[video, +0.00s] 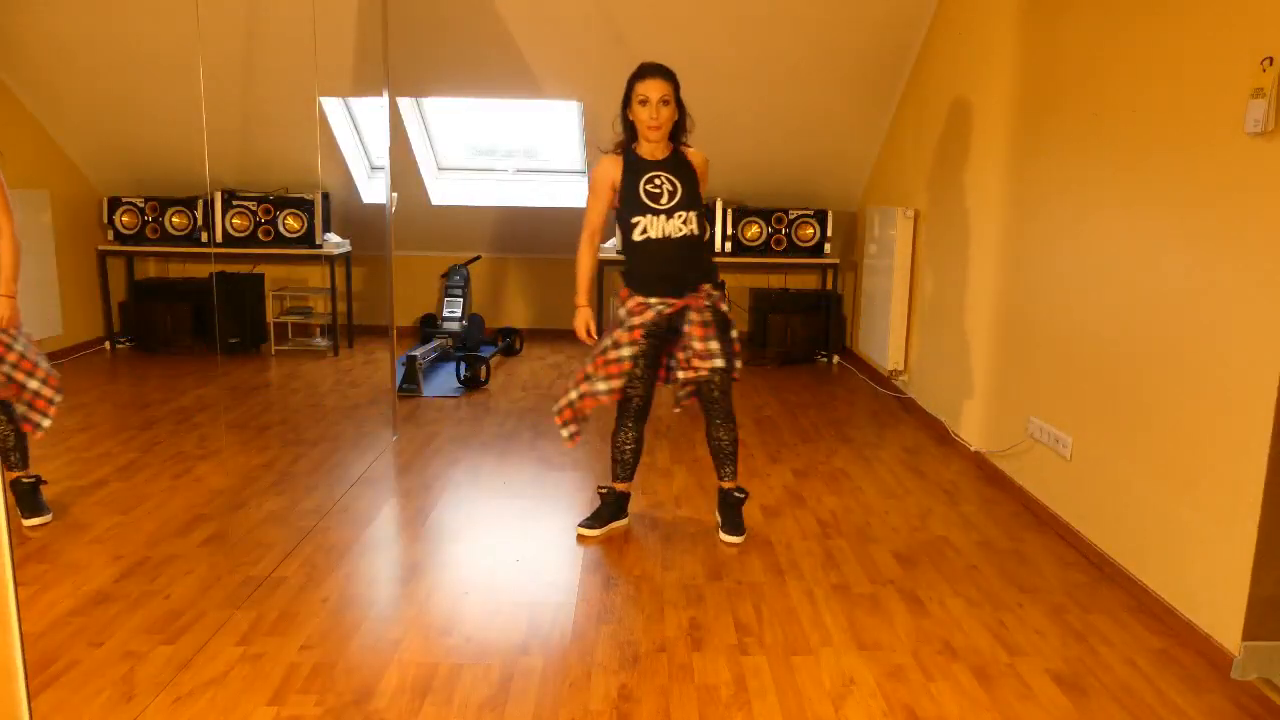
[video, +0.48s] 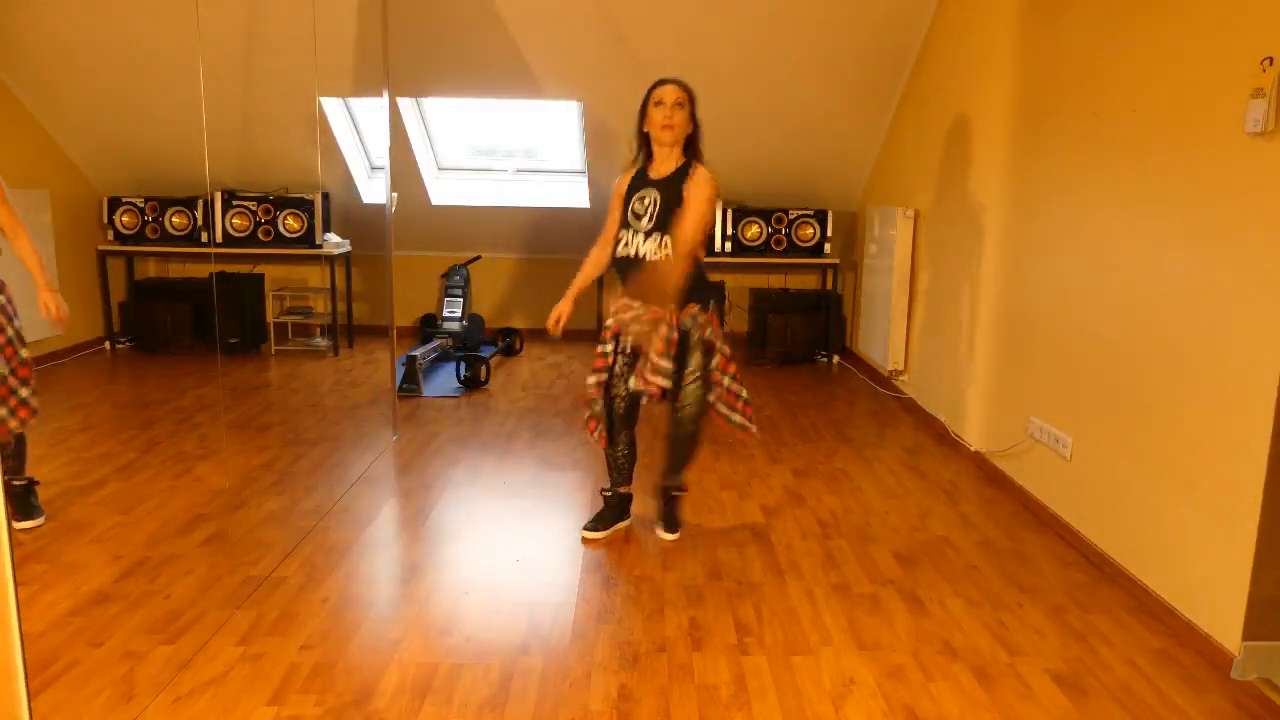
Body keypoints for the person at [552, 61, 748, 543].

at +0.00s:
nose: (654, 111)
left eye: (664, 102)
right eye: (643, 102)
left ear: (677, 109)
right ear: (629, 110)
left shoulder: (694, 162)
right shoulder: (611, 168)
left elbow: (696, 224)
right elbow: (590, 238)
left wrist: (705, 275)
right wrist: (583, 303)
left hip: (697, 296)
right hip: (642, 299)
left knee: (717, 396)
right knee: (633, 399)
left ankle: (730, 496)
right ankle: (617, 498)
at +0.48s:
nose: (668, 113)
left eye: (678, 107)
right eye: (659, 105)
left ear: (691, 121)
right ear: (645, 118)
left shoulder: (699, 180)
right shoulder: (628, 181)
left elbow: (686, 247)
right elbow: (605, 245)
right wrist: (570, 297)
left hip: (686, 305)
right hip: (632, 301)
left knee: (688, 408)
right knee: (618, 401)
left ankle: (671, 492)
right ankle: (618, 499)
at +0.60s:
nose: (683, 94)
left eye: (694, 88)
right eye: (675, 87)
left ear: (707, 102)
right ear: (660, 100)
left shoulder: (711, 152)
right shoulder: (647, 155)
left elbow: (691, 156)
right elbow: (625, 232)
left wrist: (622, 126)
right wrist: (588, 278)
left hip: (700, 295)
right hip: (646, 295)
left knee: (726, 393)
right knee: (633, 397)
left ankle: (737, 495)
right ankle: (620, 497)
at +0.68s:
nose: (693, 86)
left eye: (704, 83)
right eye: (685, 81)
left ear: (718, 100)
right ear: (670, 98)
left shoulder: (720, 151)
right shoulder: (665, 162)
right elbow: (642, 231)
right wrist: (601, 276)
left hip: (707, 299)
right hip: (657, 299)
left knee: (743, 404)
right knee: (640, 399)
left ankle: (782, 498)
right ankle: (620, 496)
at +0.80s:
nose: (709, 114)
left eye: (718, 105)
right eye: (700, 106)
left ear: (734, 115)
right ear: (687, 117)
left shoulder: (741, 172)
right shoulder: (685, 177)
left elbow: (741, 87)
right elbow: (664, 251)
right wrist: (615, 286)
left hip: (732, 309)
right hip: (683, 310)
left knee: (760, 414)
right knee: (657, 401)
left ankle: (804, 506)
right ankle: (626, 501)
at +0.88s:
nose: (723, 124)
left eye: (733, 116)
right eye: (714, 116)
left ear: (749, 128)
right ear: (700, 128)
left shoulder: (759, 179)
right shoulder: (699, 195)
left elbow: (782, 101)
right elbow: (679, 261)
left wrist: (792, 26)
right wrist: (626, 293)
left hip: (761, 318)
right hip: (705, 319)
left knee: (777, 420)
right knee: (668, 411)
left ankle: (803, 511)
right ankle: (626, 502)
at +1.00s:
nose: (738, 133)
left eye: (747, 124)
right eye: (727, 125)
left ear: (762, 133)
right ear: (714, 136)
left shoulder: (783, 169)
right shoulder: (707, 203)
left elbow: (842, 122)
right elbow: (682, 262)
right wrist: (633, 300)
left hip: (803, 318)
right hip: (742, 320)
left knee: (814, 427)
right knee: (695, 409)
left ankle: (807, 508)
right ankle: (656, 482)